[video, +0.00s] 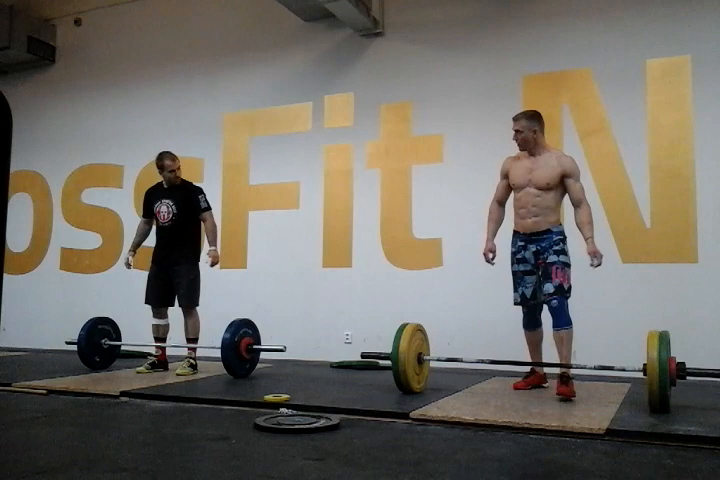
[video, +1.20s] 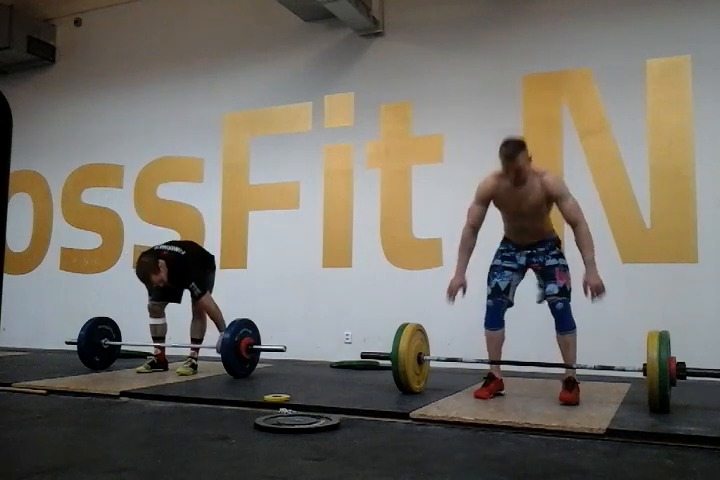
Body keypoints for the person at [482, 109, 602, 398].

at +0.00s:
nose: (514, 137)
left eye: (519, 132)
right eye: (513, 132)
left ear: (536, 132)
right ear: (520, 133)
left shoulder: (563, 163)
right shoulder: (510, 164)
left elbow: (580, 204)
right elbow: (498, 203)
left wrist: (590, 241)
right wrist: (490, 239)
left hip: (552, 242)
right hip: (521, 243)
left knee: (557, 305)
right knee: (530, 309)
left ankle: (565, 377)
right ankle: (537, 371)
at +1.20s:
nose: (516, 175)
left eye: (520, 169)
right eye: (511, 171)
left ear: (529, 160)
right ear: (503, 166)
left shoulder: (549, 183)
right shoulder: (491, 186)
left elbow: (578, 224)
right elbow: (471, 228)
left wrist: (591, 269)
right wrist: (459, 272)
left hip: (547, 249)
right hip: (511, 249)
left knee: (560, 307)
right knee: (494, 305)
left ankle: (570, 379)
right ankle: (494, 377)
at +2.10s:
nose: (511, 296)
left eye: (515, 289)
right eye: (506, 290)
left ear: (524, 280)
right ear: (495, 283)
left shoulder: (550, 284)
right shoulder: (482, 286)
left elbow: (604, 311)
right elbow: (447, 309)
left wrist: (631, 353)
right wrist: (431, 346)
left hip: (553, 275)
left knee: (567, 318)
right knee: (487, 316)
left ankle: (568, 383)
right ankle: (495, 379)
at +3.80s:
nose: (531, 120)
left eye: (537, 115)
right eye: (527, 116)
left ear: (549, 116)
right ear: (521, 118)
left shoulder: (567, 151)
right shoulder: (508, 154)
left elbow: (603, 182)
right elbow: (475, 185)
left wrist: (631, 216)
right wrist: (447, 216)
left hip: (554, 237)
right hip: (519, 238)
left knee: (561, 309)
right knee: (511, 308)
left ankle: (569, 381)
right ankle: (507, 378)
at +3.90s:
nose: (532, 121)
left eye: (538, 116)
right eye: (528, 117)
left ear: (550, 116)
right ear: (522, 119)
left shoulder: (567, 152)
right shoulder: (508, 155)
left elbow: (602, 184)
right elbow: (475, 188)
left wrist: (630, 218)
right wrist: (447, 219)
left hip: (554, 238)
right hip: (518, 239)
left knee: (561, 308)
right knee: (512, 308)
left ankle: (569, 382)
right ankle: (507, 378)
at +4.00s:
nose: (532, 121)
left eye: (537, 116)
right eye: (527, 117)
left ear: (549, 117)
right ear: (521, 119)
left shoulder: (567, 152)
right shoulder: (508, 155)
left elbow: (602, 184)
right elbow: (475, 188)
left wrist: (629, 217)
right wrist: (446, 219)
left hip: (553, 238)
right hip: (517, 239)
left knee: (561, 310)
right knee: (512, 309)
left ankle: (569, 381)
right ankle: (507, 378)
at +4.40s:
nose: (532, 124)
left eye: (537, 119)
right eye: (527, 120)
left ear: (548, 122)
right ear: (521, 123)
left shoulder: (565, 156)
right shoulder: (508, 160)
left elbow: (600, 186)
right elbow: (474, 192)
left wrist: (627, 215)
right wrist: (444, 221)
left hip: (551, 239)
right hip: (515, 240)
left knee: (559, 310)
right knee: (511, 310)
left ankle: (568, 381)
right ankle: (506, 378)